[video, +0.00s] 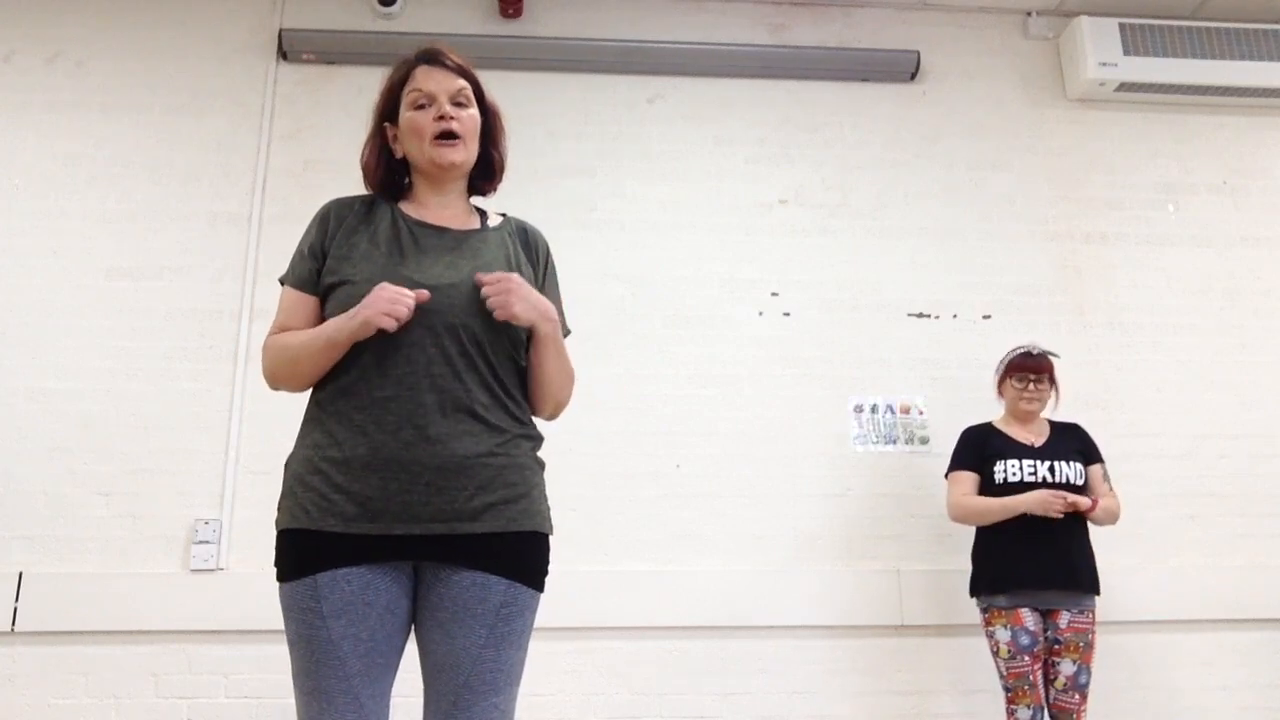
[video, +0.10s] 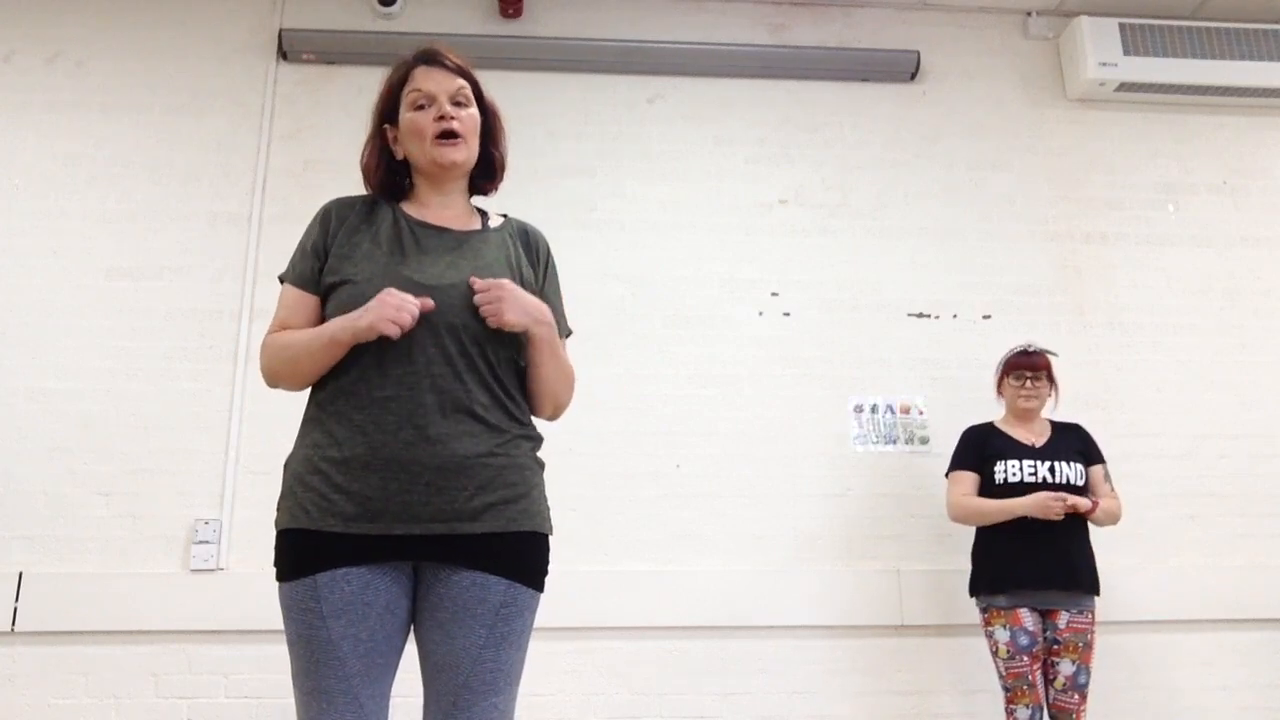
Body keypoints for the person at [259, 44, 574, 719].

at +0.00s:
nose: (446, 113)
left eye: (461, 103)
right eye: (424, 103)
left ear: (483, 132)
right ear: (393, 136)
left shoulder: (523, 244)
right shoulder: (340, 223)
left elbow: (550, 403)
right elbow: (279, 366)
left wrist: (546, 322)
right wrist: (353, 321)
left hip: (492, 519)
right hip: (339, 515)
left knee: (475, 714)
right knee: (339, 713)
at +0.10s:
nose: (446, 113)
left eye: (461, 103)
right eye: (423, 104)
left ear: (482, 131)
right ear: (393, 137)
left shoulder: (524, 245)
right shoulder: (340, 223)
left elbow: (552, 403)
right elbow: (276, 363)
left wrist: (541, 322)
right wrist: (355, 323)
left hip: (491, 521)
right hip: (339, 516)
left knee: (475, 714)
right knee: (338, 713)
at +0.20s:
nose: (449, 112)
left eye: (463, 103)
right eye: (426, 104)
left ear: (483, 133)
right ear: (394, 137)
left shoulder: (524, 245)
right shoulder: (340, 223)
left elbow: (554, 402)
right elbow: (276, 363)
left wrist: (530, 331)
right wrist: (350, 332)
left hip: (491, 520)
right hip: (339, 515)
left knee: (475, 714)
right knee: (338, 714)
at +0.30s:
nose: (451, 114)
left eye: (465, 105)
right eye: (428, 105)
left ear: (485, 134)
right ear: (395, 136)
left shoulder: (522, 245)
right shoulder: (339, 224)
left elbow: (551, 401)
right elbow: (280, 366)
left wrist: (517, 347)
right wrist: (358, 336)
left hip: (491, 519)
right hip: (339, 514)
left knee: (475, 714)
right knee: (338, 714)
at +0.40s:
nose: (453, 119)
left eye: (470, 111)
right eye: (433, 106)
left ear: (488, 140)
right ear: (399, 130)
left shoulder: (519, 246)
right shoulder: (336, 226)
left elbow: (546, 403)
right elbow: (282, 374)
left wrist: (533, 358)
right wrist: (348, 343)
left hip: (491, 522)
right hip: (339, 517)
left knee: (475, 714)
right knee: (339, 714)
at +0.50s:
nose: (455, 118)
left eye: (476, 113)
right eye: (438, 103)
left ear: (493, 146)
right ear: (406, 125)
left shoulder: (516, 247)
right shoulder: (332, 224)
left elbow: (547, 404)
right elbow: (274, 370)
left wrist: (544, 351)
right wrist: (323, 353)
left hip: (492, 522)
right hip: (340, 518)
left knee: (478, 714)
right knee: (339, 714)